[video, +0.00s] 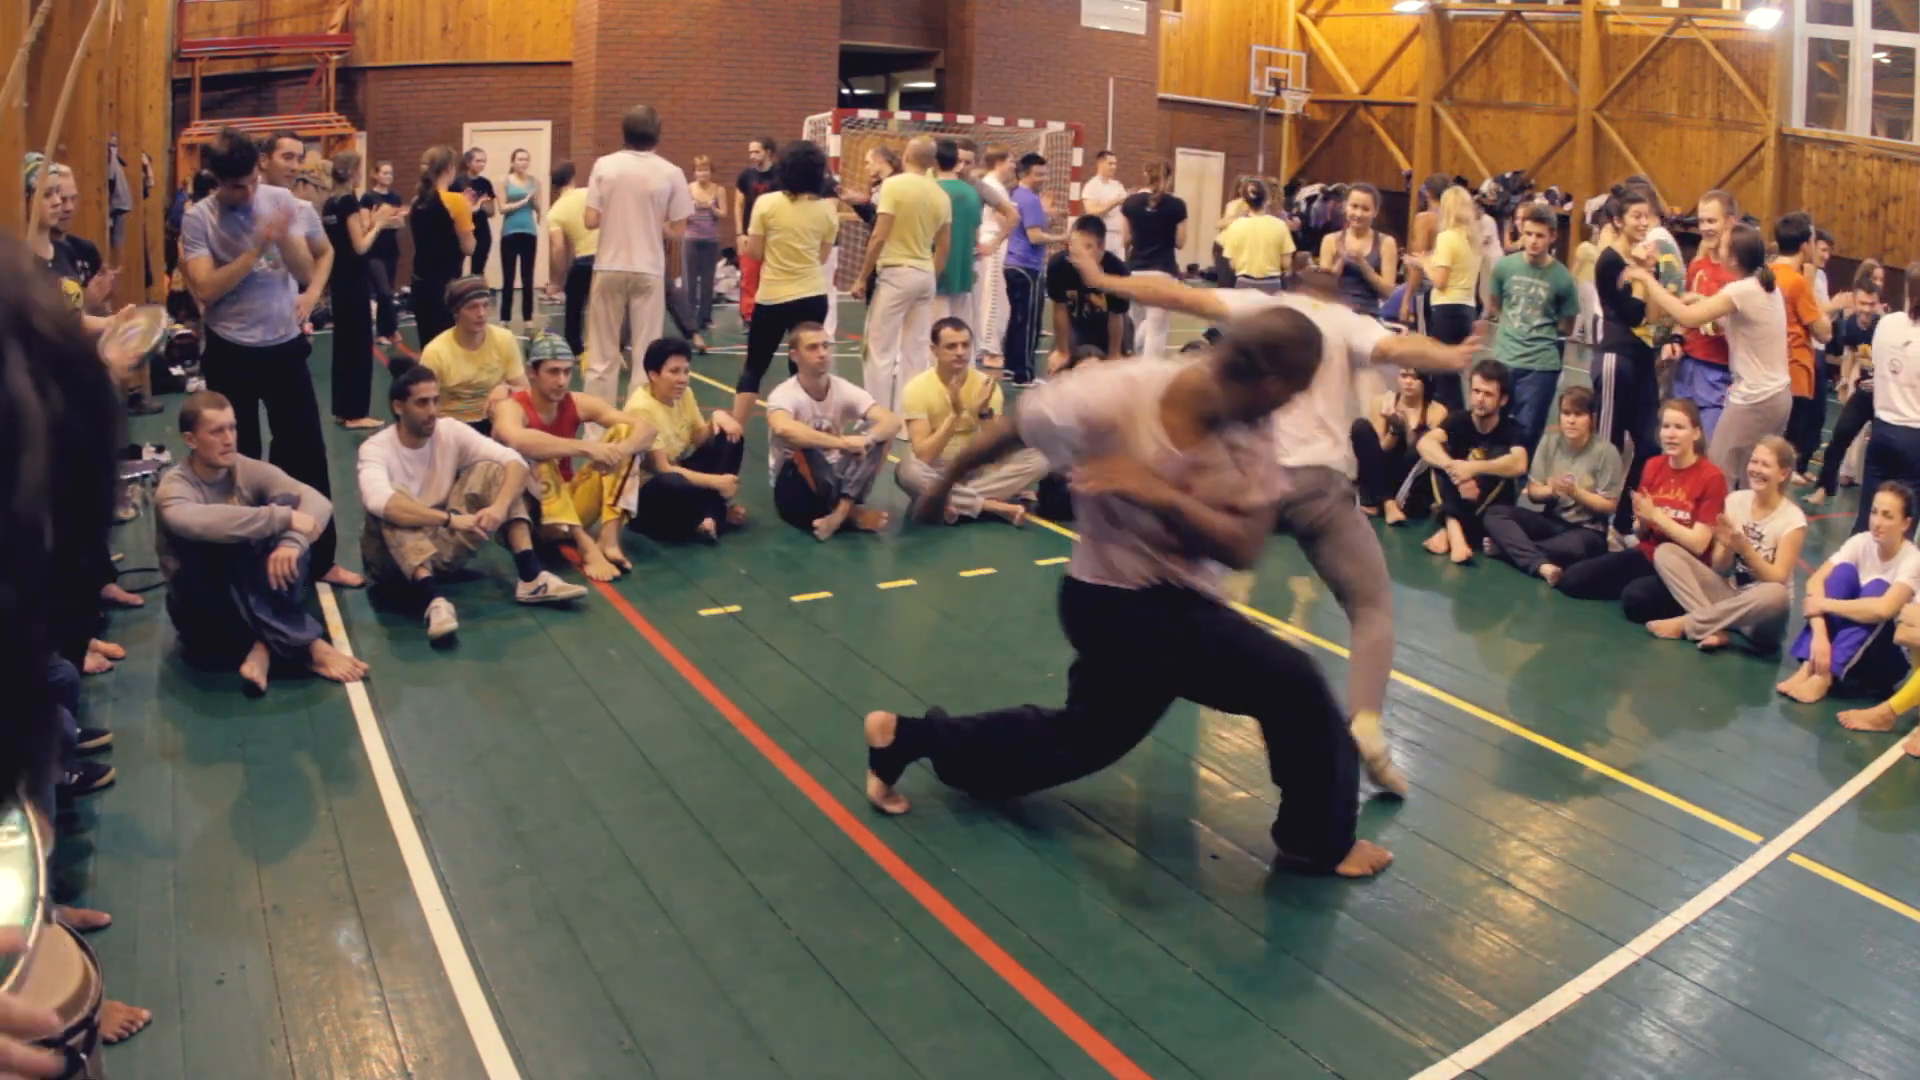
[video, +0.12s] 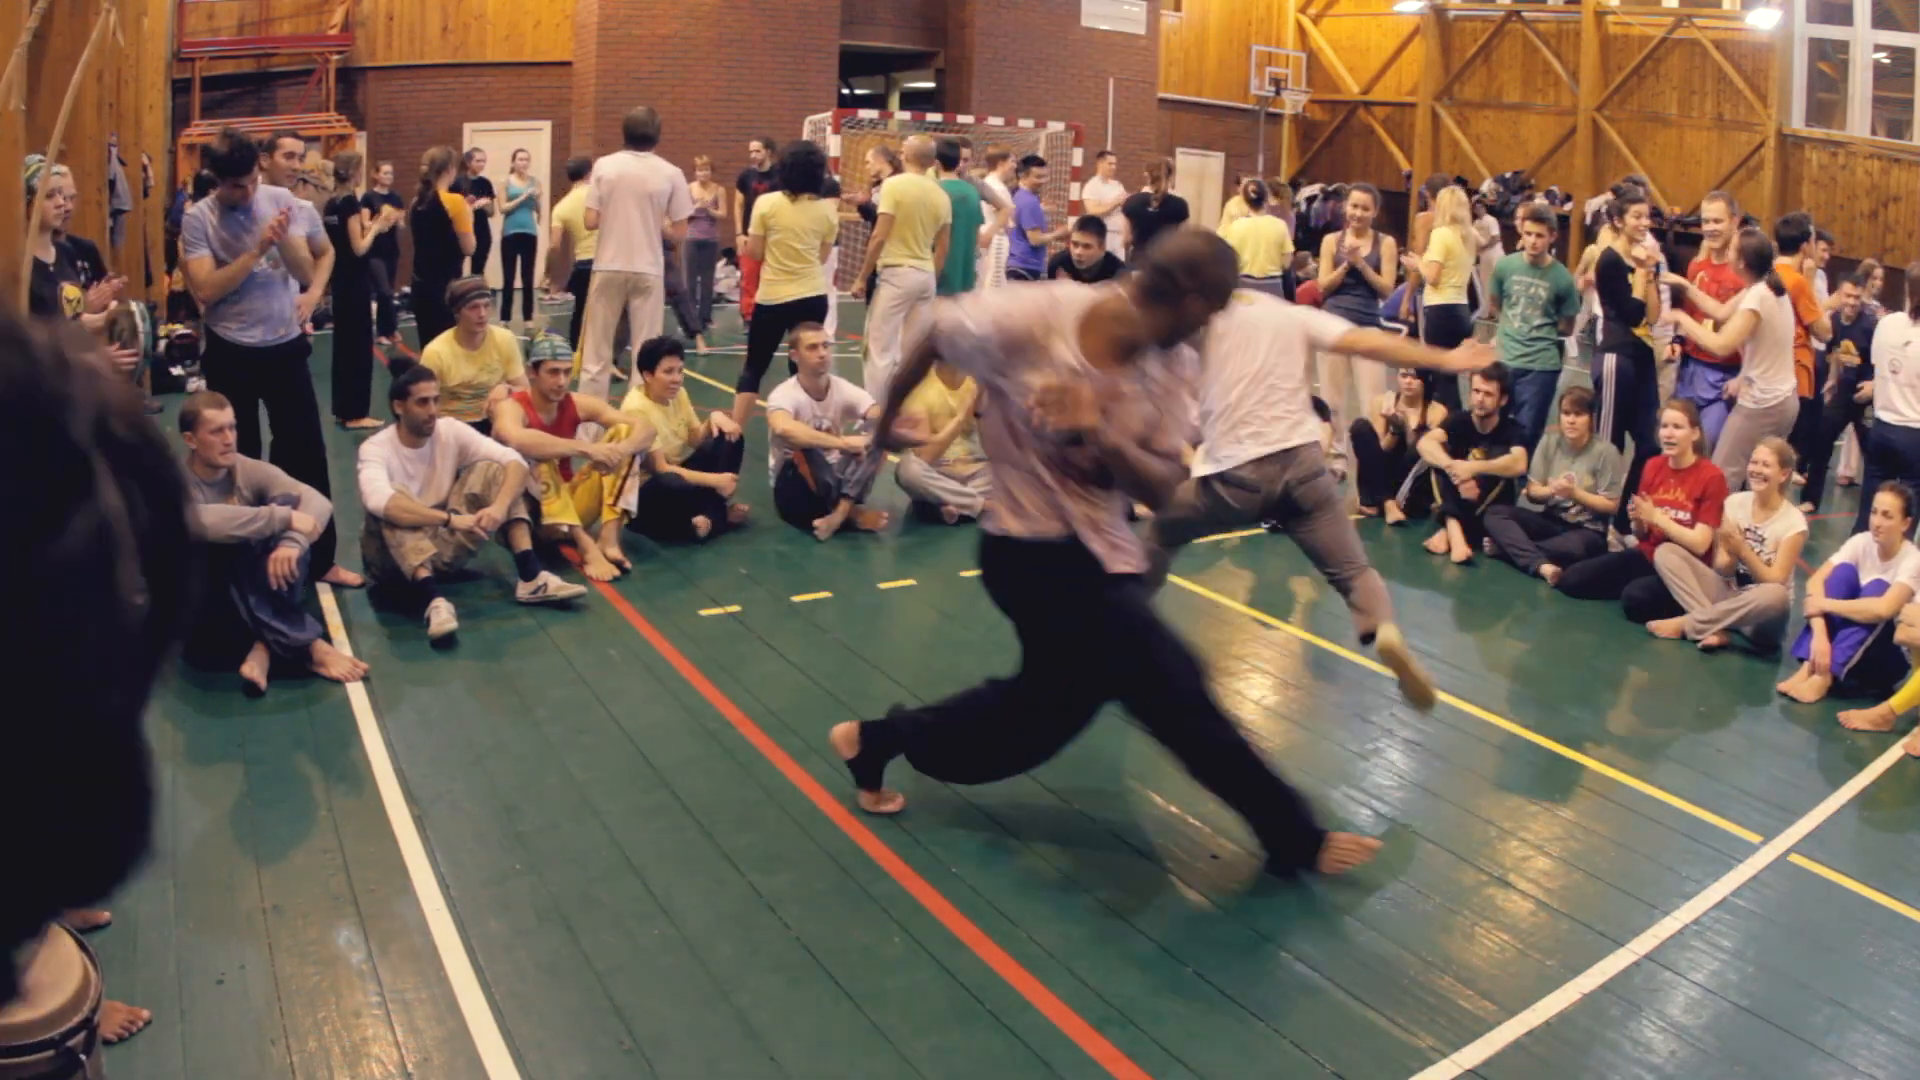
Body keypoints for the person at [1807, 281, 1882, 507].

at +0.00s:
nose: (1866, 309)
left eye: (1871, 304)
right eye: (1862, 303)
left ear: (1878, 304)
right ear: (1854, 302)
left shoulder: (1884, 326)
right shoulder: (1848, 324)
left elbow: (1892, 356)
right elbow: (1850, 352)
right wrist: (1845, 381)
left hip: (1888, 389)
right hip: (1864, 386)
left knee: (1885, 441)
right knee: (1841, 434)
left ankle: (1880, 489)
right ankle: (1825, 485)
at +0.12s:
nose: (1851, 302)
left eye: (1856, 297)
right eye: (1847, 295)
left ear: (1863, 299)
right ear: (1838, 296)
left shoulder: (1871, 325)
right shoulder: (1832, 321)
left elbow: (1884, 359)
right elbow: (1826, 352)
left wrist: (1876, 382)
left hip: (1865, 390)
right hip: (1839, 389)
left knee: (1871, 451)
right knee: (1821, 443)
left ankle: (1873, 505)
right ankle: (1810, 498)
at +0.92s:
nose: (1845, 286)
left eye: (1850, 282)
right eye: (1842, 279)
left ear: (1855, 280)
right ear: (1829, 273)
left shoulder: (1861, 311)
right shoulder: (1812, 300)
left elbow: (1869, 354)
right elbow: (1796, 333)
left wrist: (1850, 339)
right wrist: (1818, 332)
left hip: (1837, 386)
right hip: (1806, 379)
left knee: (1815, 447)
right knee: (1800, 439)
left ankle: (1796, 496)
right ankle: (1783, 490)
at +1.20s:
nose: (1874, 290)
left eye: (1878, 285)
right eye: (1870, 282)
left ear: (1880, 284)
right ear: (1852, 276)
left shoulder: (1878, 311)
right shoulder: (1825, 305)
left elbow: (1889, 350)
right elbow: (1809, 345)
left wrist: (1873, 362)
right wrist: (1813, 378)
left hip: (1853, 401)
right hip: (1821, 395)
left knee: (1846, 478)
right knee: (1810, 468)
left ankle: (1802, 514)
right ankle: (1798, 523)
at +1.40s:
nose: (1902, 296)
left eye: (1904, 290)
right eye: (1898, 289)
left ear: (1898, 285)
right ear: (1879, 282)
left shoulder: (1899, 319)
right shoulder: (1854, 311)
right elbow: (1831, 353)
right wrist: (1851, 395)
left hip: (1880, 408)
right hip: (1844, 402)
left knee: (1873, 486)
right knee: (1820, 474)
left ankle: (1862, 547)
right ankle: (1798, 538)